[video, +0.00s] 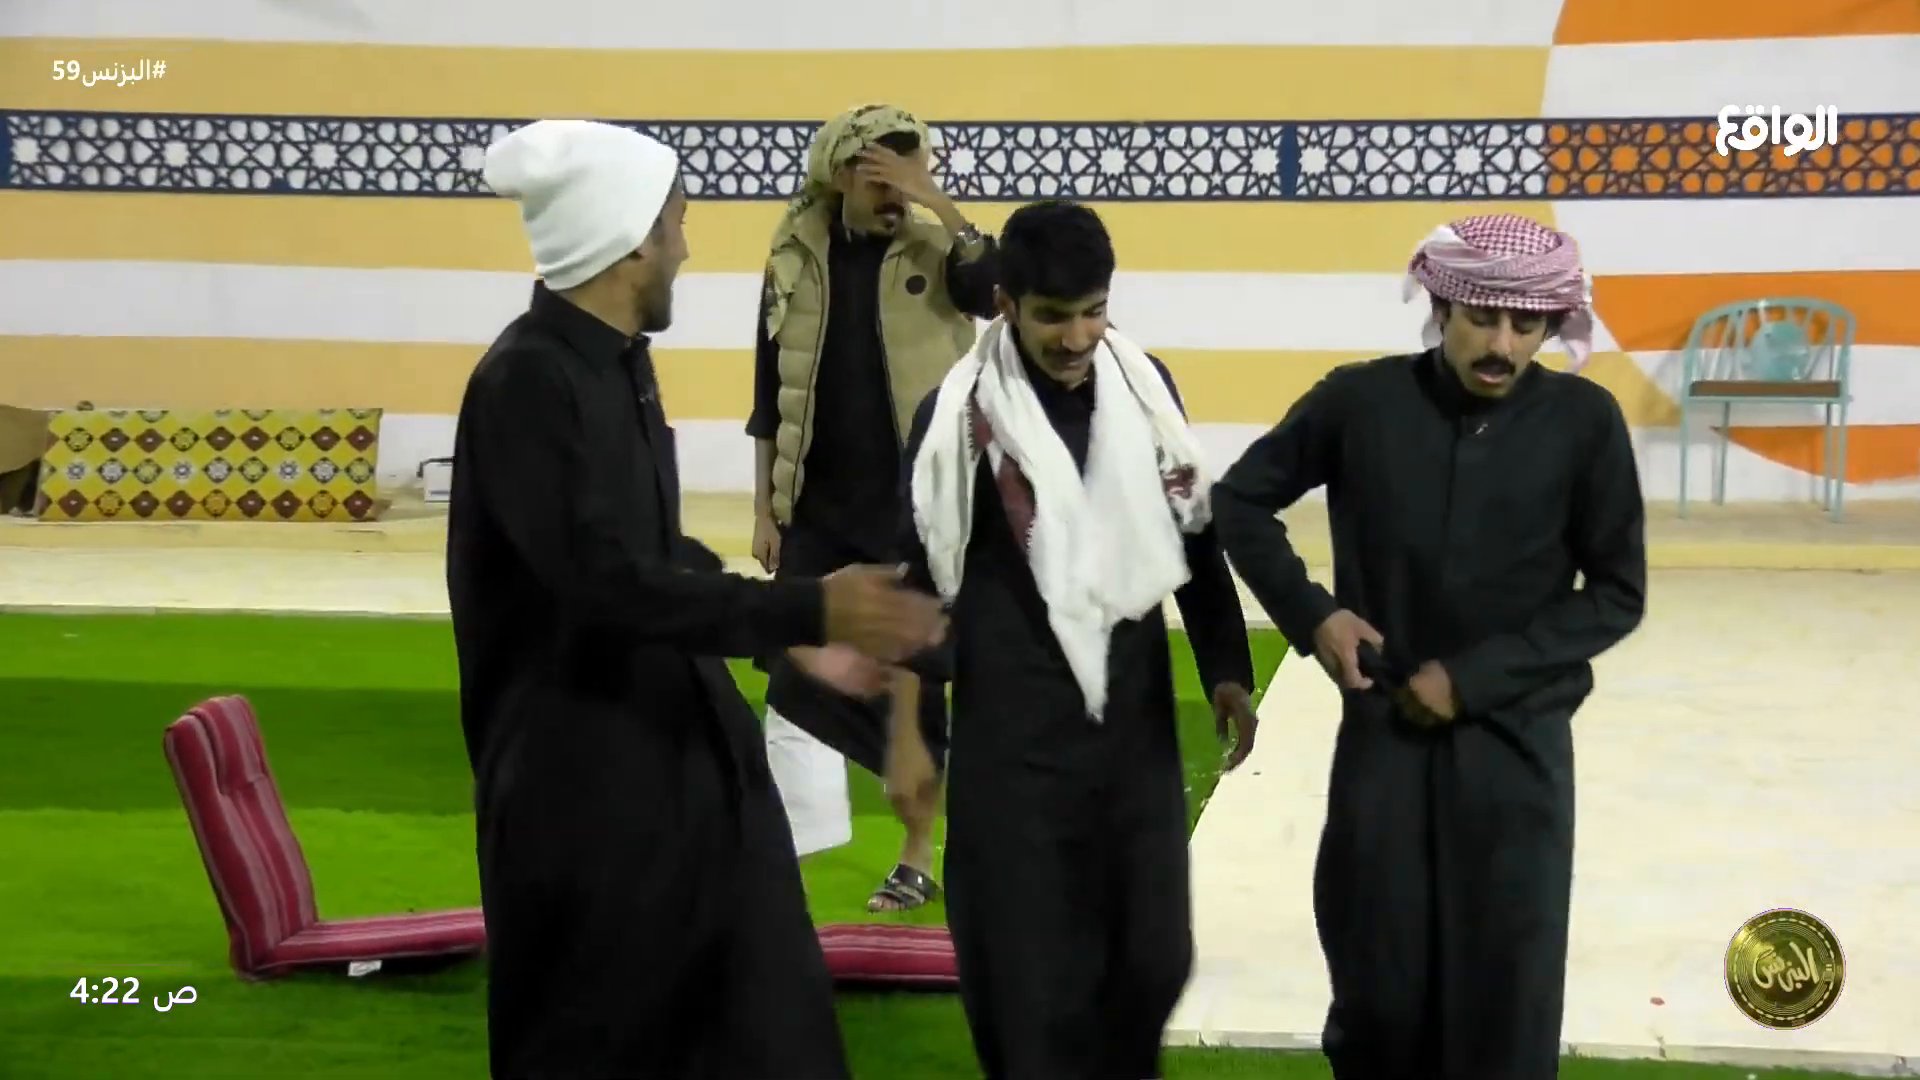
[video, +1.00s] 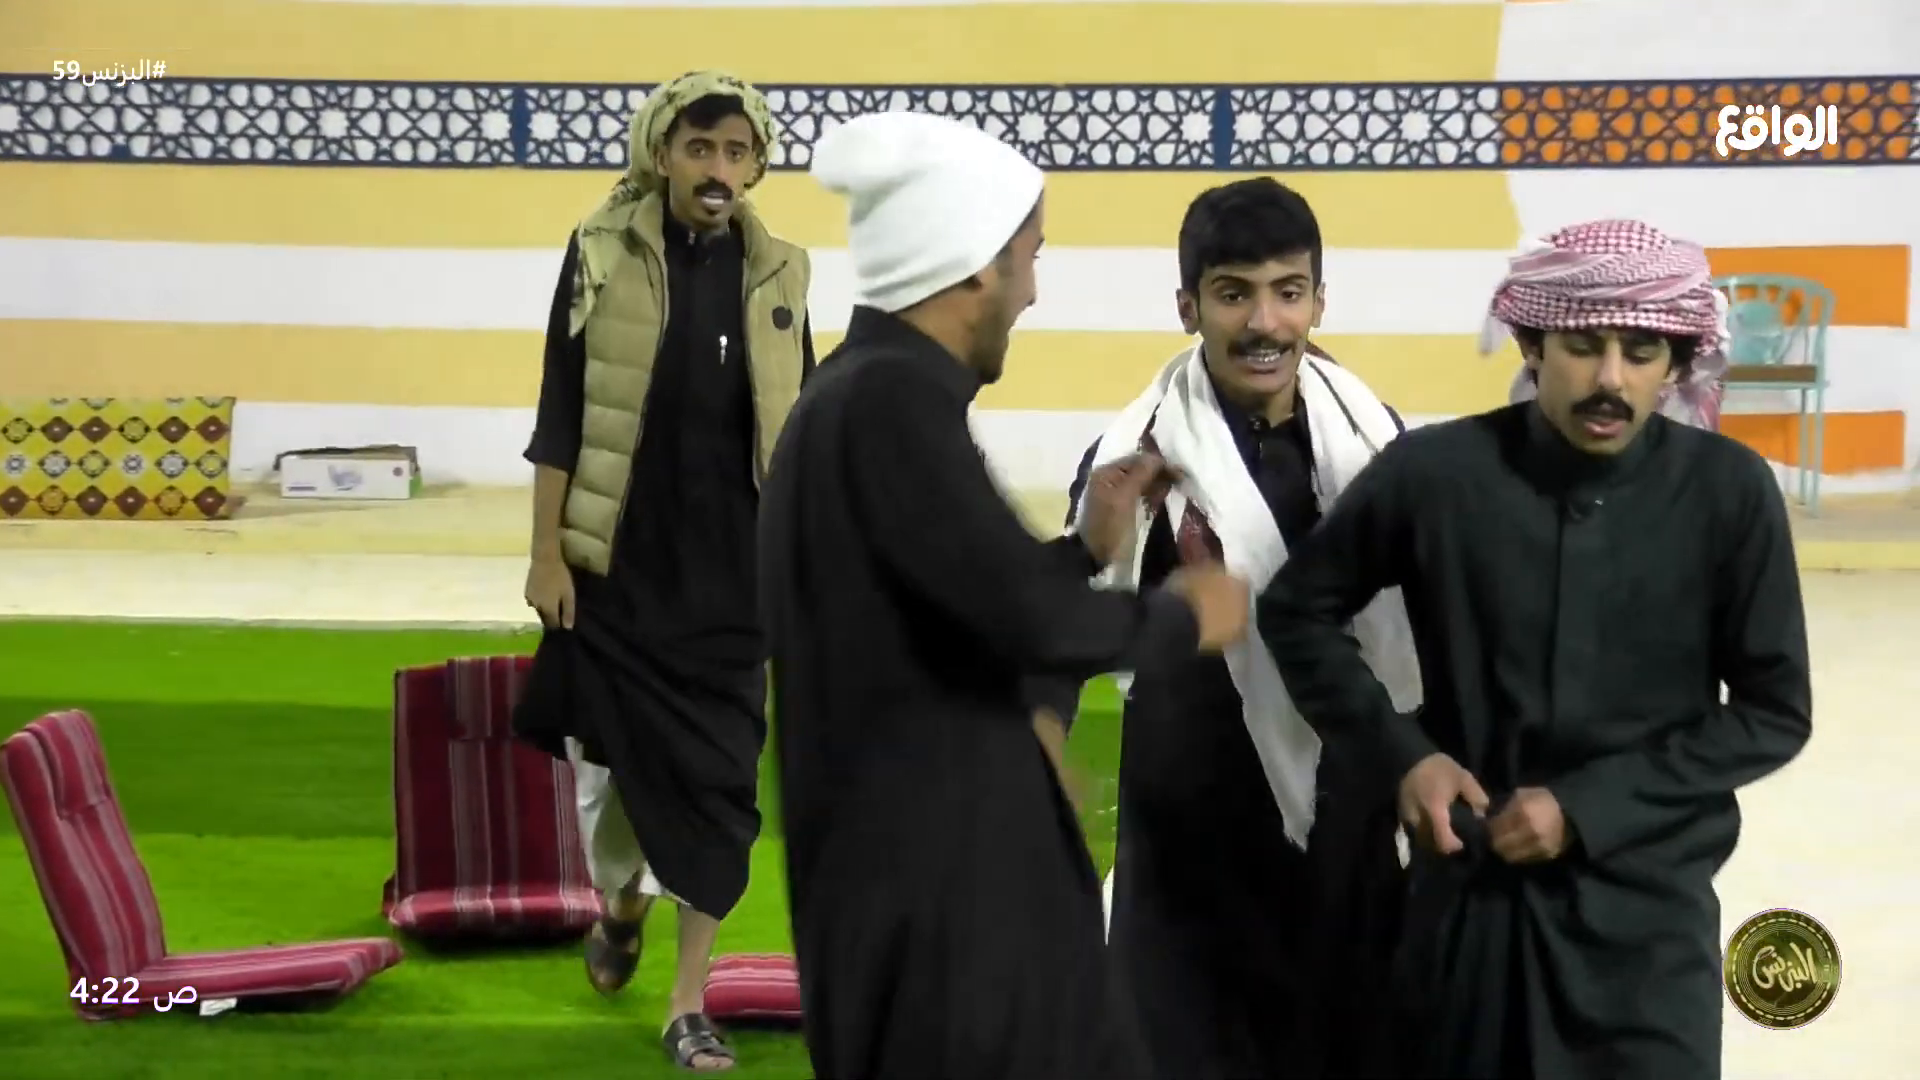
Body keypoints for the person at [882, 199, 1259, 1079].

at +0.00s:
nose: (1074, 335)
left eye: (1091, 314)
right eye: (1052, 317)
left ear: (1108, 299)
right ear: (1006, 303)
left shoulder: (1142, 382)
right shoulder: (955, 414)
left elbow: (1195, 539)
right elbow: (915, 581)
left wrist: (1228, 672)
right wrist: (908, 731)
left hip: (1134, 717)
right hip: (1010, 725)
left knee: (1155, 957)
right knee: (1028, 969)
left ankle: (1112, 1067)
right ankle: (1038, 1075)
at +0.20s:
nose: (1143, 321)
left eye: (1158, 298)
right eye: (1120, 301)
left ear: (1175, 289)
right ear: (1065, 294)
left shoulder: (1191, 379)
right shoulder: (1006, 410)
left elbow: (1221, 558)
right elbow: (962, 584)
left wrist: (1222, 721)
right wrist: (1004, 704)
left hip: (1182, 735)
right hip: (1061, 739)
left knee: (1202, 986)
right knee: (1057, 984)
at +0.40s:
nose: (1256, 314)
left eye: (1258, 289)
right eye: (1232, 293)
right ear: (1157, 306)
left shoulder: (1281, 425)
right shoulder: (1065, 428)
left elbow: (1313, 605)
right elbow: (1015, 596)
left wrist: (1312, 782)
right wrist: (1032, 704)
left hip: (1246, 787)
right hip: (1104, 785)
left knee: (1242, 1030)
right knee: (1089, 1027)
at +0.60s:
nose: (1326, 300)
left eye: (1328, 275)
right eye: (1300, 276)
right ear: (1219, 282)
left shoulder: (1335, 407)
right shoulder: (1112, 411)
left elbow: (1376, 602)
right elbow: (1053, 595)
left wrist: (1363, 787)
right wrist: (1013, 772)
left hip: (1291, 798)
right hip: (1143, 799)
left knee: (1286, 1049)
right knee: (1141, 1046)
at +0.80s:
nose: (1281, 304)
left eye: (1305, 276)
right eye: (1254, 277)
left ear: (1333, 285)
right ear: (1211, 286)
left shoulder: (1368, 419)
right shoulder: (1142, 424)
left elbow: (1400, 628)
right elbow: (1072, 595)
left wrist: (1387, 824)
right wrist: (1022, 737)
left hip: (1318, 822)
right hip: (1171, 816)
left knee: (1300, 1056)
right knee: (1176, 1050)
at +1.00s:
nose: (1264, 321)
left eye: (1287, 293)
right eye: (1235, 295)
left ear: (1317, 302)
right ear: (1189, 306)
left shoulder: (1378, 439)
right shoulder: (1127, 459)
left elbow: (1436, 631)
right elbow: (1066, 659)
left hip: (1353, 852)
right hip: (1194, 855)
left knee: (1353, 1059)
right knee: (1194, 1053)